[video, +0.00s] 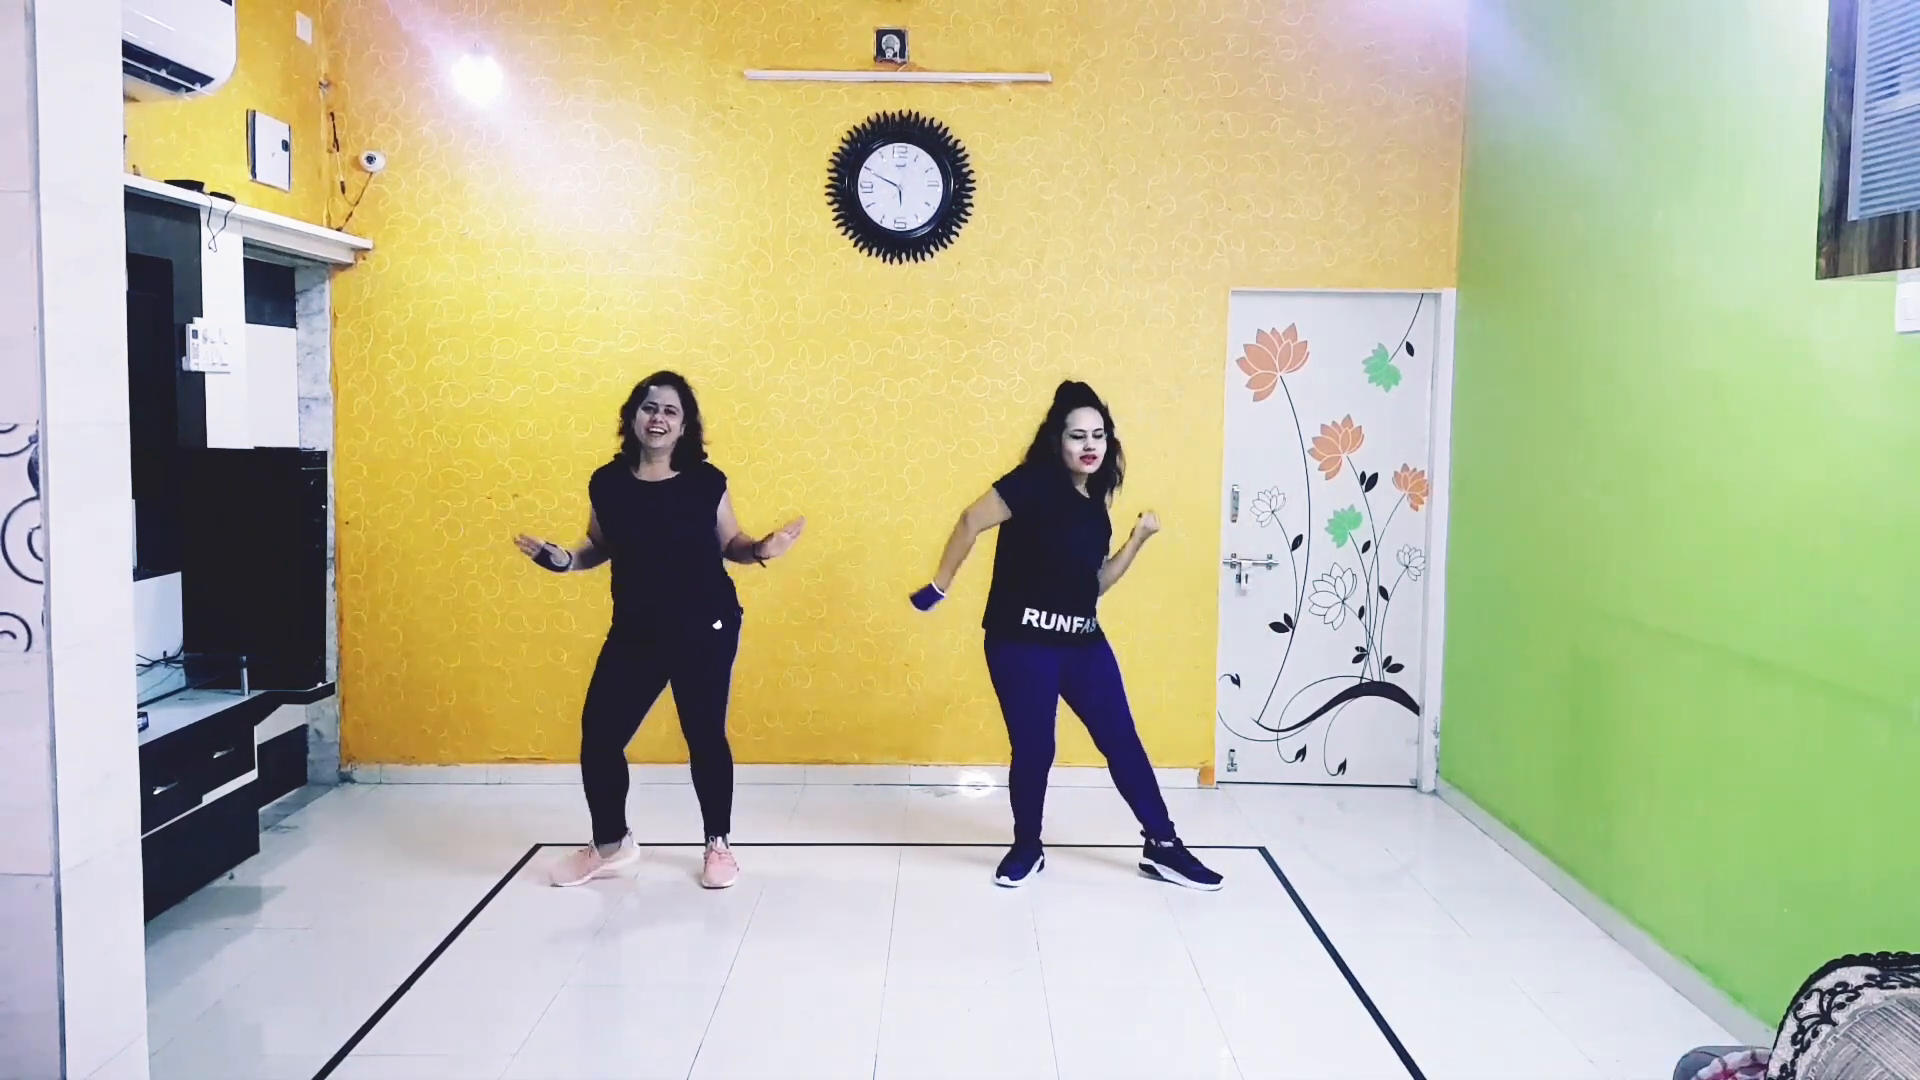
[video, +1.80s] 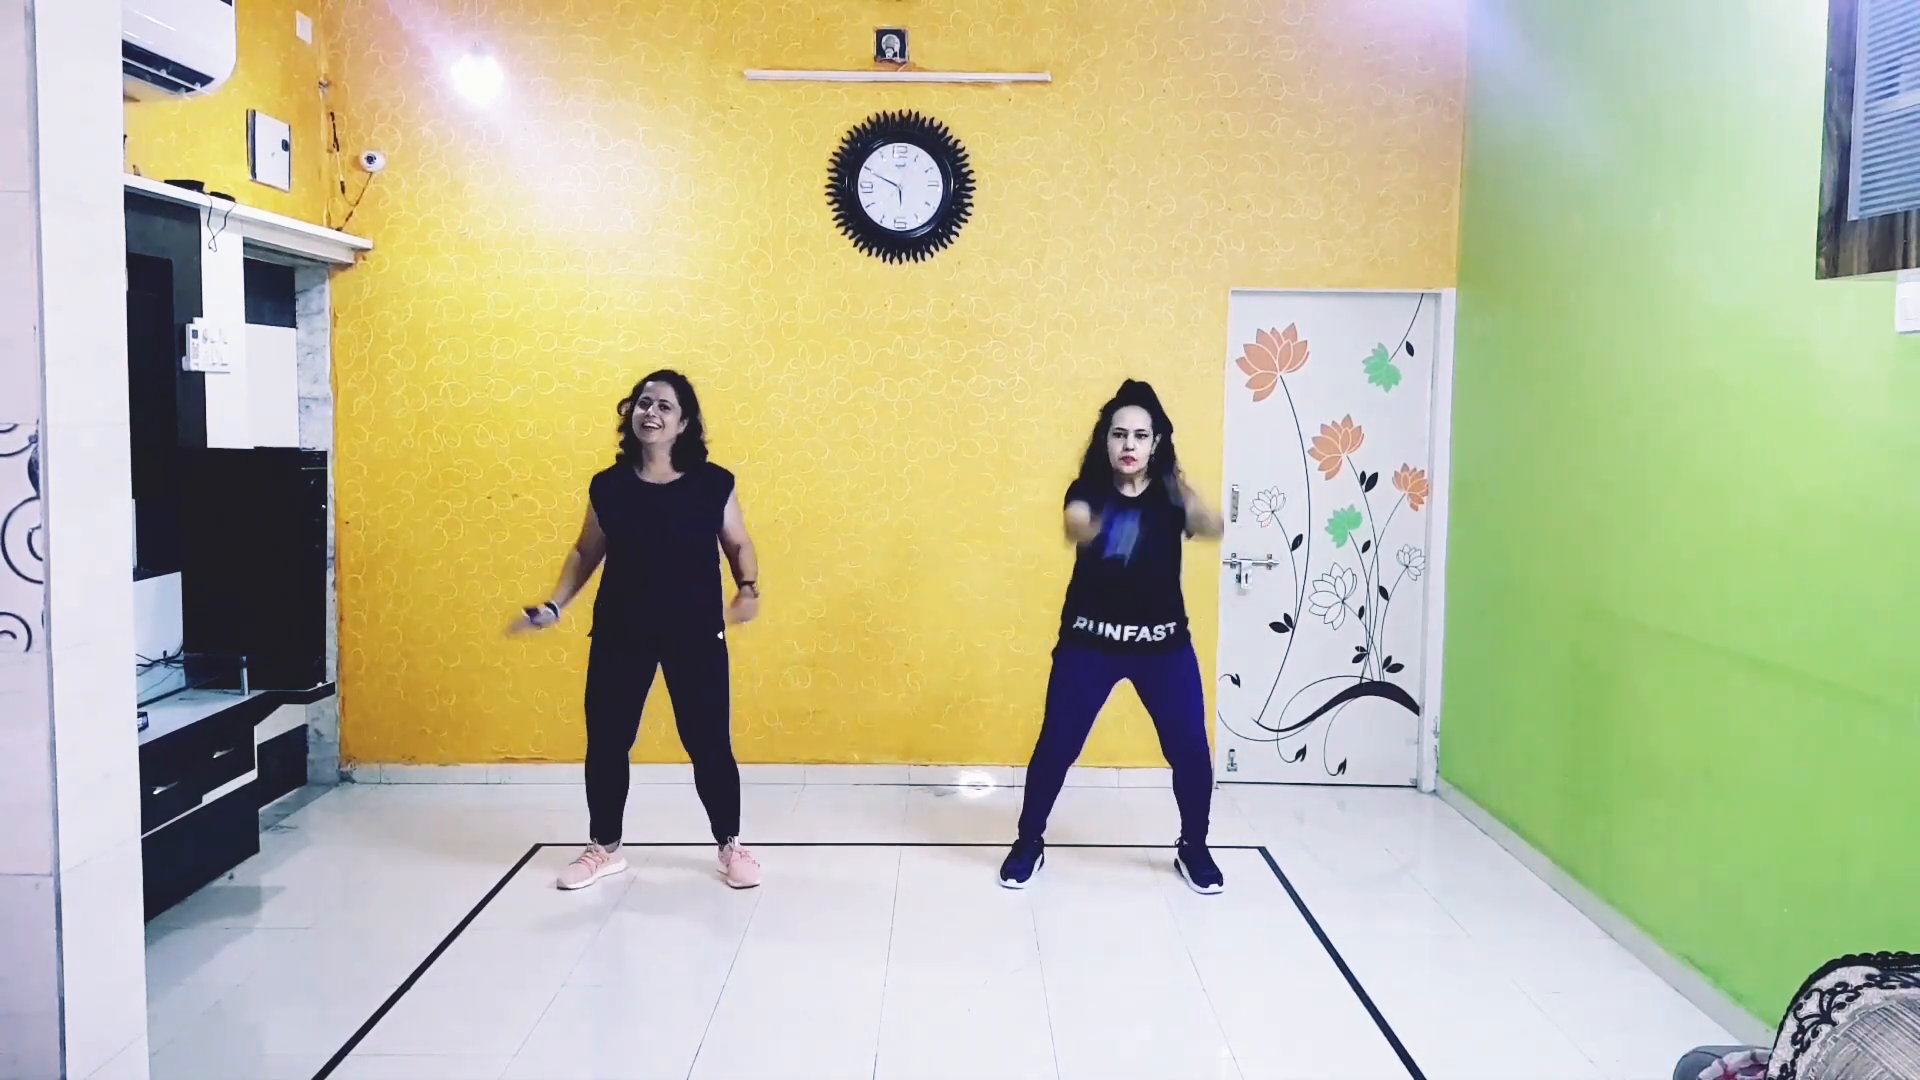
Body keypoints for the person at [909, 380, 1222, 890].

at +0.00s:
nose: (1090, 446)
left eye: (1099, 435)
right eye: (1078, 435)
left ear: (1109, 442)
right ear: (1056, 440)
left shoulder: (1096, 505)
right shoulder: (1030, 484)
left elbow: (1101, 580)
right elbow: (969, 524)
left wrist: (1136, 540)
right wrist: (940, 586)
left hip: (1081, 641)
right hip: (1021, 640)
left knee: (1122, 743)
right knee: (1033, 751)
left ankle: (1162, 842)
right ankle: (1027, 844)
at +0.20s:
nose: (1084, 449)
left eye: (1094, 437)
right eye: (1072, 439)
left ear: (1110, 442)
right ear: (1057, 445)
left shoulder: (1115, 506)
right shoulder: (1034, 485)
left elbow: (1096, 574)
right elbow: (963, 505)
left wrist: (1129, 586)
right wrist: (907, 537)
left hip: (1081, 641)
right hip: (1015, 636)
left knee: (1126, 742)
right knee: (1026, 750)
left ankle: (1157, 845)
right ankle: (1026, 845)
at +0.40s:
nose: (1082, 446)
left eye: (1094, 435)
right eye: (1071, 436)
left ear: (1113, 443)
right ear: (1058, 444)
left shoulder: (1134, 506)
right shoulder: (1045, 496)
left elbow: (1160, 560)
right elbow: (977, 520)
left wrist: (1154, 612)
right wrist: (943, 490)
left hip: (1096, 643)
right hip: (1026, 635)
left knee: (1134, 747)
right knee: (1025, 745)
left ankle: (1168, 845)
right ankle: (1026, 843)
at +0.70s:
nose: (1101, 450)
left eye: (1113, 440)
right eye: (1092, 439)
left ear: (1132, 446)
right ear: (1079, 445)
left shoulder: (1160, 498)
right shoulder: (1080, 507)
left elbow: (1220, 537)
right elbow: (1033, 561)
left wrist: (1218, 598)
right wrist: (997, 512)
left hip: (1143, 650)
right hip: (1074, 642)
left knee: (1156, 756)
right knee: (1046, 745)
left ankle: (1188, 845)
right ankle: (1027, 843)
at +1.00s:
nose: (1126, 453)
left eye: (1138, 442)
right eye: (1116, 441)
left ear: (1157, 447)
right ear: (1103, 446)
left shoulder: (1185, 493)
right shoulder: (1104, 513)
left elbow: (1249, 524)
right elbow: (1093, 587)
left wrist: (1247, 593)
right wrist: (1037, 571)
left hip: (1179, 651)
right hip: (1110, 647)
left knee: (1181, 759)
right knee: (1070, 748)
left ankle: (1193, 846)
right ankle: (1029, 841)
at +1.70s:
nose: (1122, 441)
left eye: (1134, 432)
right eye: (1112, 429)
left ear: (1149, 441)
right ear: (1096, 436)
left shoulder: (1163, 498)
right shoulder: (1075, 498)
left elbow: (1193, 570)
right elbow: (1057, 571)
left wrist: (1215, 633)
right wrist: (1050, 643)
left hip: (1155, 647)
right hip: (1084, 645)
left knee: (1182, 752)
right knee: (1056, 750)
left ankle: (1191, 846)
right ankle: (1029, 842)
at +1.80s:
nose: (1129, 445)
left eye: (1141, 435)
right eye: (1119, 434)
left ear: (1158, 443)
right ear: (1103, 440)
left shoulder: (1172, 493)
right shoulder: (1089, 489)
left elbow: (1212, 529)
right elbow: (1077, 524)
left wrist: (1191, 500)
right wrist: (1086, 526)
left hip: (1162, 645)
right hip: (1089, 643)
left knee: (1192, 754)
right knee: (1055, 749)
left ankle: (1194, 846)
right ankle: (1028, 841)